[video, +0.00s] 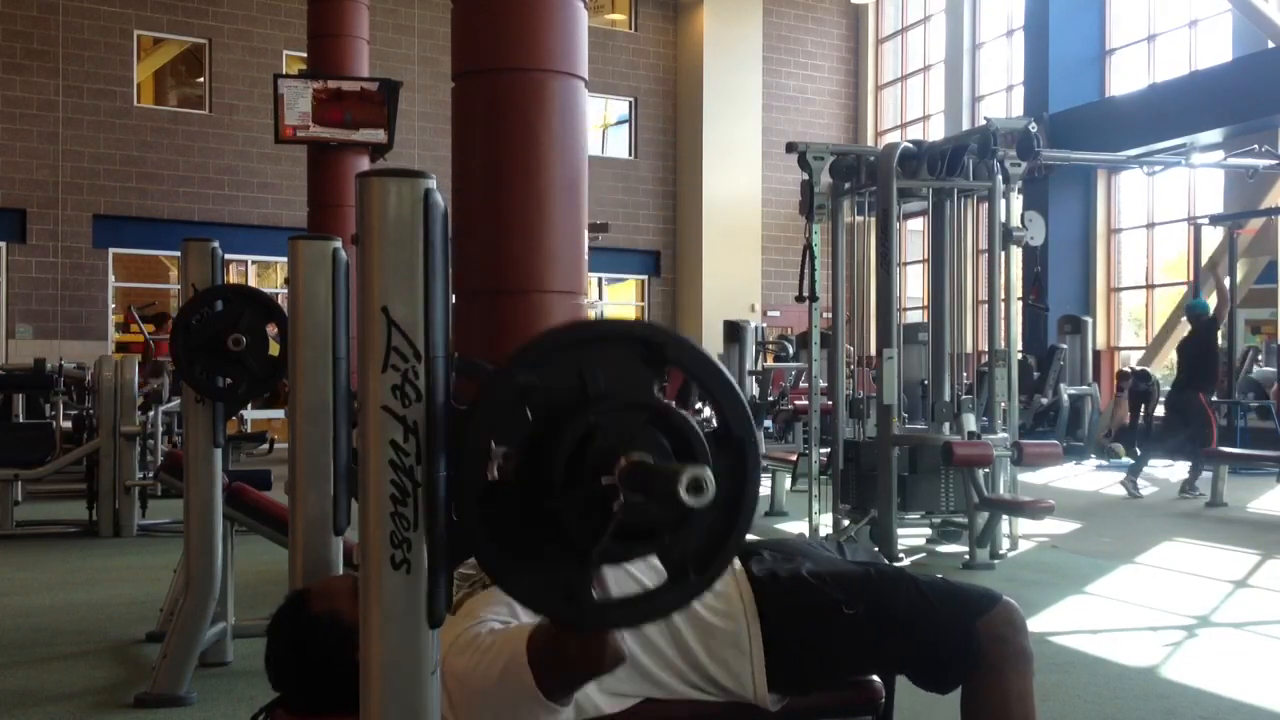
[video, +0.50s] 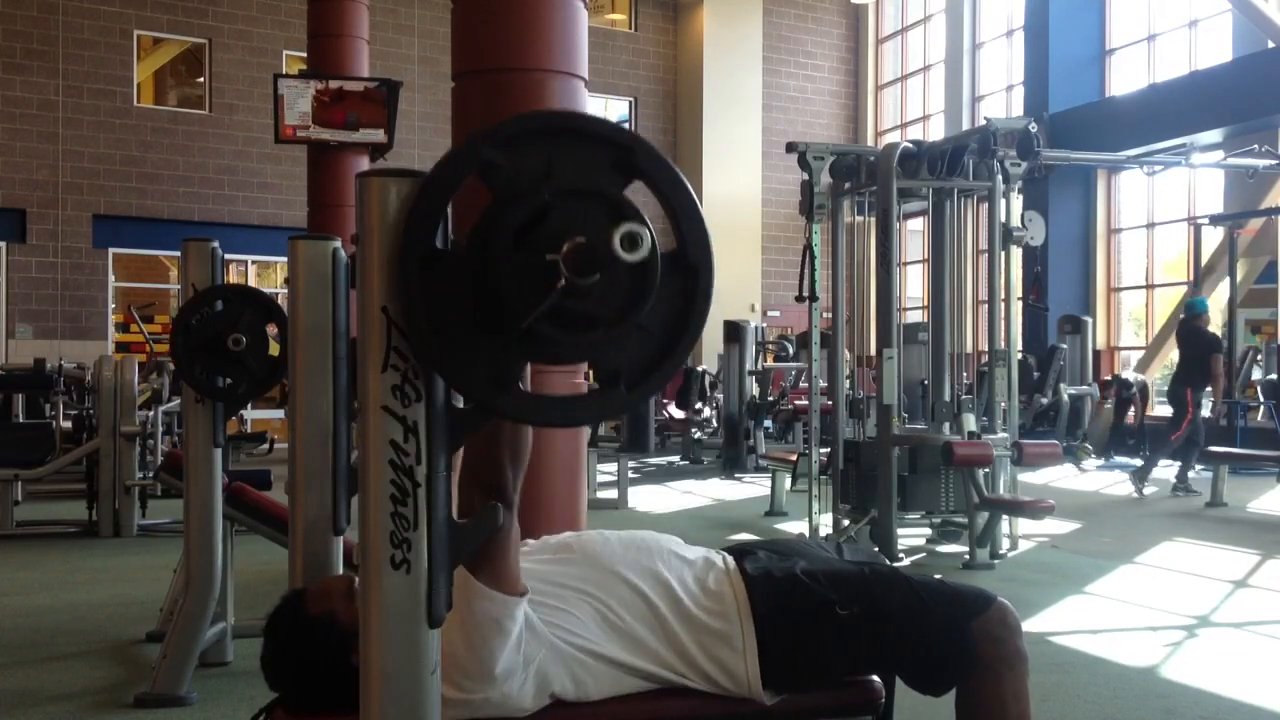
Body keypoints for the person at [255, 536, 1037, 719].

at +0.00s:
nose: (371, 580)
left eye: (358, 580)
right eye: (355, 595)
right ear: (356, 648)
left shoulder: (449, 627)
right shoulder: (447, 671)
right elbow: (581, 649)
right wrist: (609, 516)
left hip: (721, 594)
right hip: (740, 615)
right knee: (991, 625)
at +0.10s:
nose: (373, 582)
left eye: (360, 582)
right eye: (357, 597)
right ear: (358, 652)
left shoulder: (453, 625)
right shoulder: (446, 679)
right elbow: (563, 617)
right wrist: (539, 498)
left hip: (720, 586)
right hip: (744, 614)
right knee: (988, 625)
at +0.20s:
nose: (366, 576)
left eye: (353, 578)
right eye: (352, 593)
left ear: (372, 595)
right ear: (354, 647)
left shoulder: (452, 611)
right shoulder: (451, 685)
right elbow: (543, 590)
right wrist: (537, 456)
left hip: (729, 571)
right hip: (746, 618)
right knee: (988, 627)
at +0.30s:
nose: (367, 574)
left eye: (352, 575)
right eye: (352, 589)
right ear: (357, 646)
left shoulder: (465, 639)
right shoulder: (464, 689)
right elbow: (529, 544)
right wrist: (520, 375)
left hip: (736, 576)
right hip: (752, 617)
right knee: (989, 628)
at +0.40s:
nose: (366, 572)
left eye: (350, 572)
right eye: (351, 591)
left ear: (353, 651)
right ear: (362, 644)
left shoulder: (465, 642)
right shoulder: (471, 681)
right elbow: (516, 518)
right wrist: (504, 344)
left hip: (727, 578)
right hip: (750, 612)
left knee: (869, 683)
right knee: (990, 629)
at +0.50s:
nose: (370, 571)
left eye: (354, 572)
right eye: (357, 588)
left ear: (351, 655)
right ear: (363, 649)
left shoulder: (449, 630)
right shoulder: (469, 677)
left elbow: (488, 479)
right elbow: (491, 487)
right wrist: (506, 311)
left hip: (727, 571)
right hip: (751, 615)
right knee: (989, 627)